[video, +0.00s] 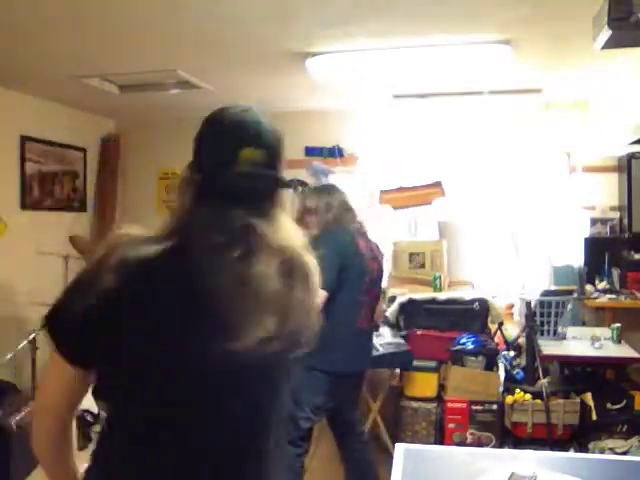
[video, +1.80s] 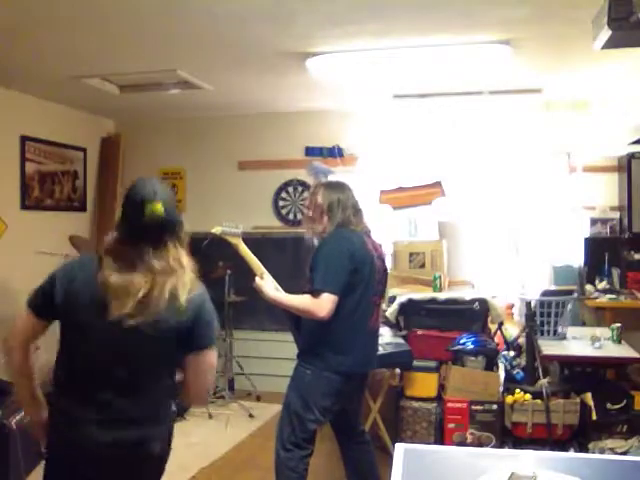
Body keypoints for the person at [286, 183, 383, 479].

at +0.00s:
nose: (306, 220)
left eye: (310, 212)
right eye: (305, 212)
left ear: (326, 211)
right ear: (343, 209)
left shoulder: (331, 241)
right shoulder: (366, 243)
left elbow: (316, 297)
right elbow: (372, 303)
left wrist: (292, 330)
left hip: (323, 354)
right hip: (355, 355)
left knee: (292, 435)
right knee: (349, 429)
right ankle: (364, 474)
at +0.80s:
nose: (307, 210)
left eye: (312, 203)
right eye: (308, 203)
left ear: (328, 207)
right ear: (349, 206)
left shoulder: (338, 240)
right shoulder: (368, 241)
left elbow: (324, 307)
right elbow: (362, 304)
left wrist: (280, 294)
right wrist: (311, 292)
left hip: (328, 361)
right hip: (358, 360)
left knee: (295, 445)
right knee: (352, 433)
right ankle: (367, 476)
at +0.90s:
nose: (308, 207)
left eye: (314, 201)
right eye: (310, 200)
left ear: (330, 207)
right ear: (349, 207)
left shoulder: (338, 240)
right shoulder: (368, 242)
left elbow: (325, 307)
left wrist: (279, 294)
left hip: (328, 361)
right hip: (358, 360)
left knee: (295, 445)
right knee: (352, 433)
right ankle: (368, 475)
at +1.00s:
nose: (308, 207)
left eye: (313, 201)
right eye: (309, 200)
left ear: (330, 207)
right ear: (349, 207)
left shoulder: (338, 241)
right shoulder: (367, 242)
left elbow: (326, 307)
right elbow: (361, 305)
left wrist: (280, 295)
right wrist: (310, 297)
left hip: (327, 362)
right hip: (358, 361)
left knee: (296, 445)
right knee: (352, 433)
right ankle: (368, 476)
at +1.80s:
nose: (308, 213)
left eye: (312, 206)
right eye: (309, 206)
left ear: (327, 210)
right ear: (349, 208)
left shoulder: (337, 243)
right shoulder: (365, 243)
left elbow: (322, 308)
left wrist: (275, 295)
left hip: (325, 363)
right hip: (355, 362)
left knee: (292, 446)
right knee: (351, 433)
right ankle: (368, 476)